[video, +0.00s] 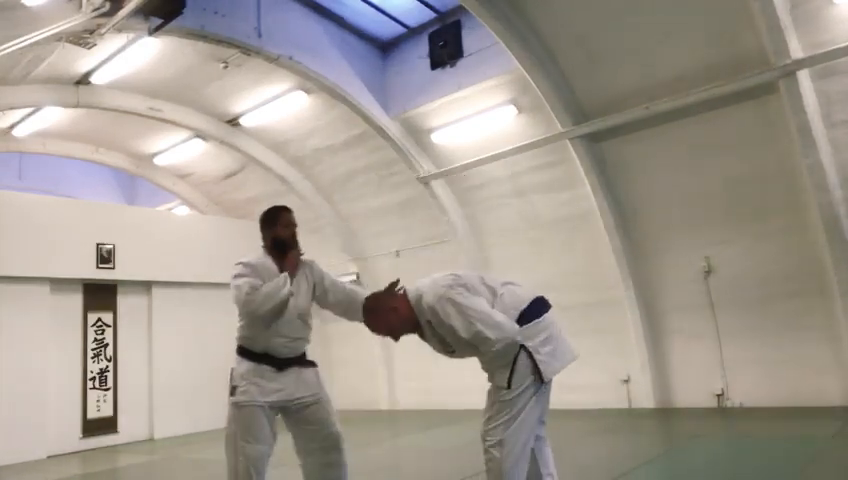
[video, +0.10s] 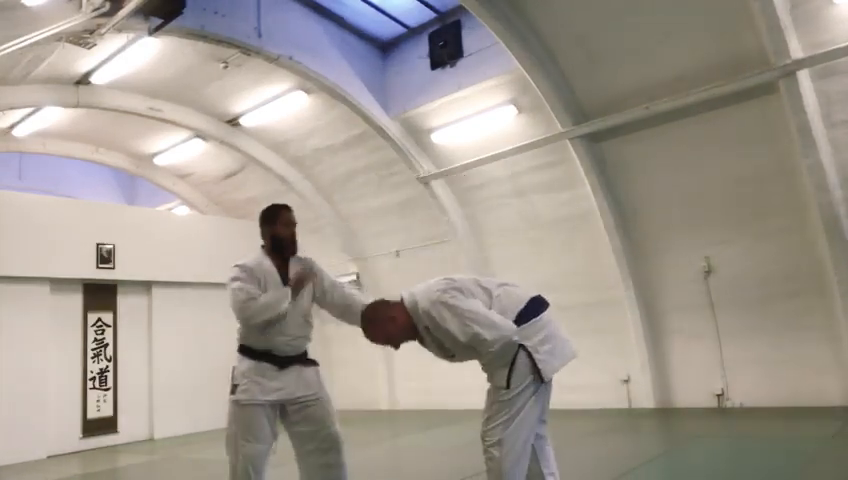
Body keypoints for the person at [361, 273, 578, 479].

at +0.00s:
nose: (391, 337)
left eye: (385, 329)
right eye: (383, 333)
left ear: (394, 307)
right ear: (395, 304)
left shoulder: (438, 299)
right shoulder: (426, 306)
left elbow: (504, 336)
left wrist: (497, 374)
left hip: (527, 338)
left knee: (498, 439)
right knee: (528, 434)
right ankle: (543, 477)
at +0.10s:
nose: (392, 346)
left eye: (386, 340)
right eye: (385, 343)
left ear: (392, 318)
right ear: (391, 315)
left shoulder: (435, 303)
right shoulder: (423, 310)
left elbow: (502, 336)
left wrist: (496, 373)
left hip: (524, 339)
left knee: (498, 439)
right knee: (529, 434)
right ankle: (546, 475)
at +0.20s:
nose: (389, 352)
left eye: (383, 346)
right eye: (382, 350)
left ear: (389, 325)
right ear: (389, 322)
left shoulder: (431, 308)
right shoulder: (422, 315)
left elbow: (500, 338)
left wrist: (495, 376)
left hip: (523, 340)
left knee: (497, 438)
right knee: (531, 434)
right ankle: (547, 476)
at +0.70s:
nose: (366, 331)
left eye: (361, 322)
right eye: (359, 327)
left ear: (370, 301)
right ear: (371, 297)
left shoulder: (412, 295)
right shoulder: (405, 299)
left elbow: (475, 336)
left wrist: (468, 371)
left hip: (501, 343)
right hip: (521, 334)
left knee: (480, 441)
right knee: (531, 432)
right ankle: (549, 475)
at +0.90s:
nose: (360, 319)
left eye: (353, 311)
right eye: (354, 315)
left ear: (357, 295)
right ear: (359, 289)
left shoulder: (394, 282)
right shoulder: (392, 280)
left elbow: (457, 332)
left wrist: (453, 375)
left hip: (487, 340)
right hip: (504, 330)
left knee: (474, 443)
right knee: (512, 431)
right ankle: (531, 475)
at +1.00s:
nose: (348, 320)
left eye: (343, 312)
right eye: (342, 315)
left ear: (348, 294)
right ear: (348, 289)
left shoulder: (384, 286)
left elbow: (442, 321)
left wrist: (435, 378)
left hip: (477, 339)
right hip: (499, 330)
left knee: (466, 441)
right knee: (496, 428)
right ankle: (512, 475)